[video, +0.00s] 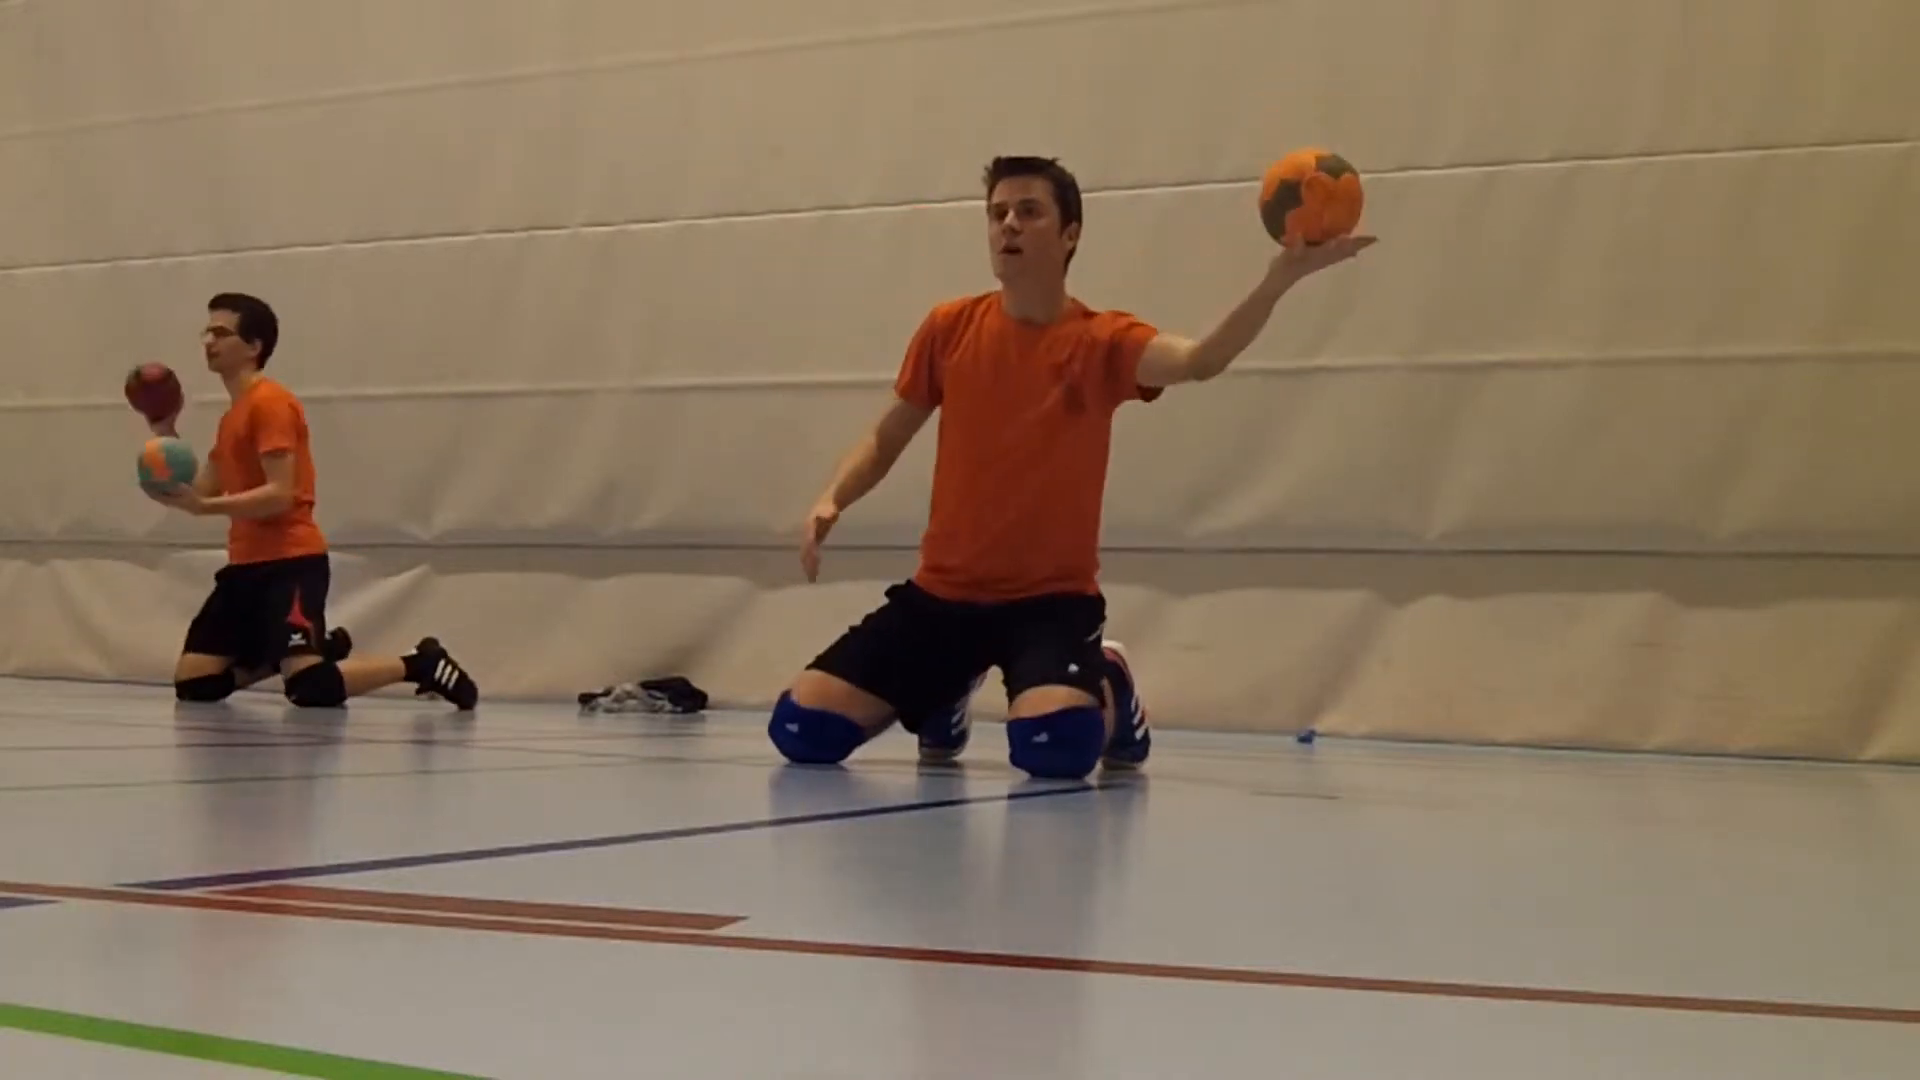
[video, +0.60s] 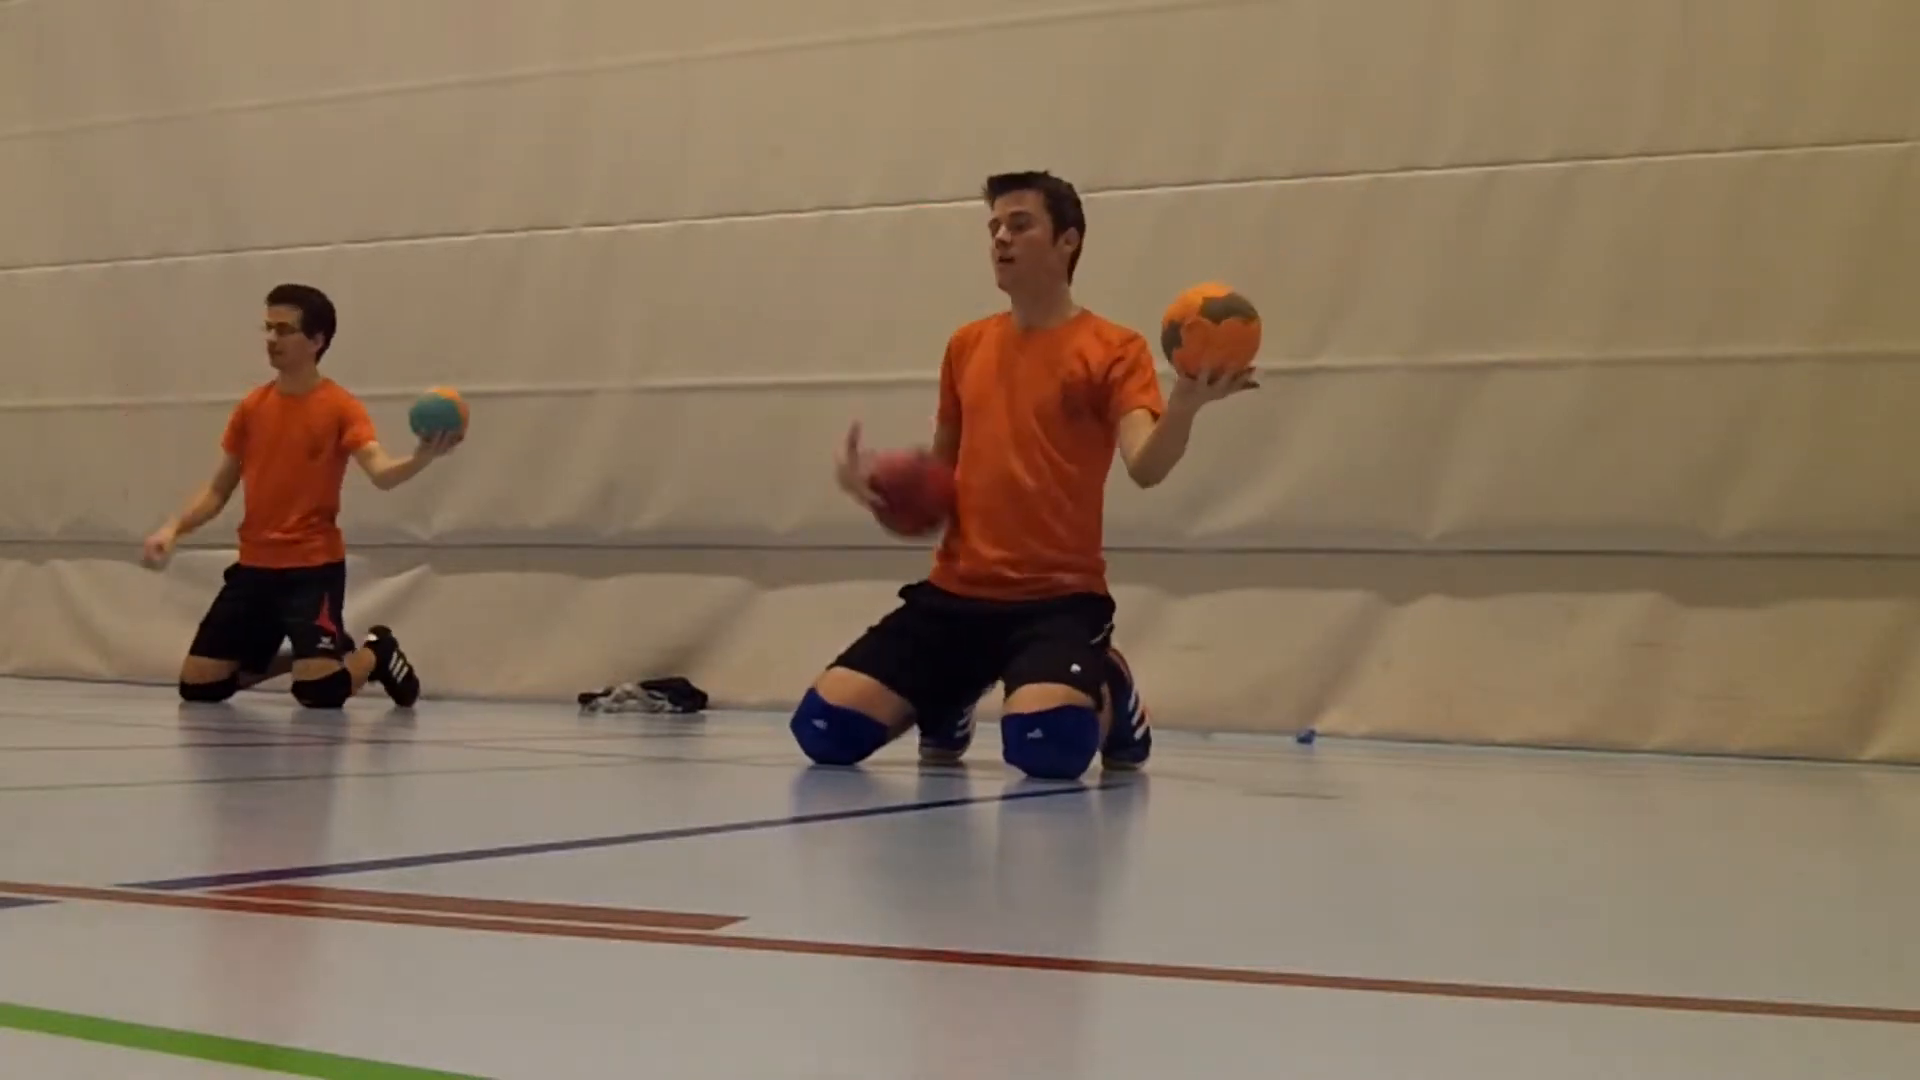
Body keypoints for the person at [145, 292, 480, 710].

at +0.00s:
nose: (207, 342)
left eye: (220, 333)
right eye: (207, 333)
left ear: (254, 346)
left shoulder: (270, 401)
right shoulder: (233, 417)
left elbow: (281, 494)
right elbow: (204, 491)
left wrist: (203, 506)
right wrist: (166, 437)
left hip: (292, 564)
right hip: (244, 570)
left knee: (309, 687)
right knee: (196, 686)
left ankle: (421, 666)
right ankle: (314, 651)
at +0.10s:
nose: (229, 335)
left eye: (242, 327)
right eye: (229, 326)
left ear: (276, 341)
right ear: (230, 335)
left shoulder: (296, 402)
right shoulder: (227, 413)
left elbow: (303, 495)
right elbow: (161, 468)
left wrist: (226, 495)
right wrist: (150, 386)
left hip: (299, 565)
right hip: (245, 568)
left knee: (312, 689)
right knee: (195, 687)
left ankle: (420, 668)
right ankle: (312, 650)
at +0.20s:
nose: (244, 333)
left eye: (258, 326)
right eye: (244, 324)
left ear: (291, 341)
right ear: (245, 332)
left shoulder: (313, 406)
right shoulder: (232, 404)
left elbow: (326, 493)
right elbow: (142, 417)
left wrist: (267, 495)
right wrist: (118, 336)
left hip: (308, 566)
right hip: (250, 568)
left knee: (315, 690)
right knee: (197, 686)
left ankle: (418, 667)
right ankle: (313, 654)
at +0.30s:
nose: (254, 332)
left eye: (268, 324)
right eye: (252, 323)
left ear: (301, 338)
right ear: (249, 332)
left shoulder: (323, 405)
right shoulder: (241, 399)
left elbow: (348, 492)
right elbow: (150, 396)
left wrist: (314, 486)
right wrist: (110, 328)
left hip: (312, 565)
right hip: (253, 567)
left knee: (316, 689)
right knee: (200, 685)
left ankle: (418, 663)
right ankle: (310, 652)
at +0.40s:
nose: (261, 332)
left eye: (274, 324)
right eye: (260, 323)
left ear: (308, 336)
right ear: (258, 329)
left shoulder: (333, 405)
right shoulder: (248, 401)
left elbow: (366, 490)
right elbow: (164, 437)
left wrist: (352, 467)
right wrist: (138, 382)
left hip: (312, 566)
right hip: (254, 567)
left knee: (315, 691)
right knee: (202, 687)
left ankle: (408, 659)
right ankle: (308, 652)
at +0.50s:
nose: (268, 335)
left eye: (280, 326)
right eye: (266, 325)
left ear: (314, 338)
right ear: (261, 330)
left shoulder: (338, 406)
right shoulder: (250, 405)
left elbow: (373, 480)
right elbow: (192, 475)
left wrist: (394, 462)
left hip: (314, 569)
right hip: (254, 569)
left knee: (317, 691)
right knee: (201, 686)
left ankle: (394, 655)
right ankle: (306, 654)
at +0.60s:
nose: (271, 339)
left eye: (284, 330)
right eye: (268, 329)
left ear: (317, 341)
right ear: (264, 333)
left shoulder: (338, 406)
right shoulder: (252, 407)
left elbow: (383, 474)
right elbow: (217, 491)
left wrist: (423, 457)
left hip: (314, 569)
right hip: (253, 568)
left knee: (316, 692)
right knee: (198, 686)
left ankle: (379, 653)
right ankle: (312, 657)